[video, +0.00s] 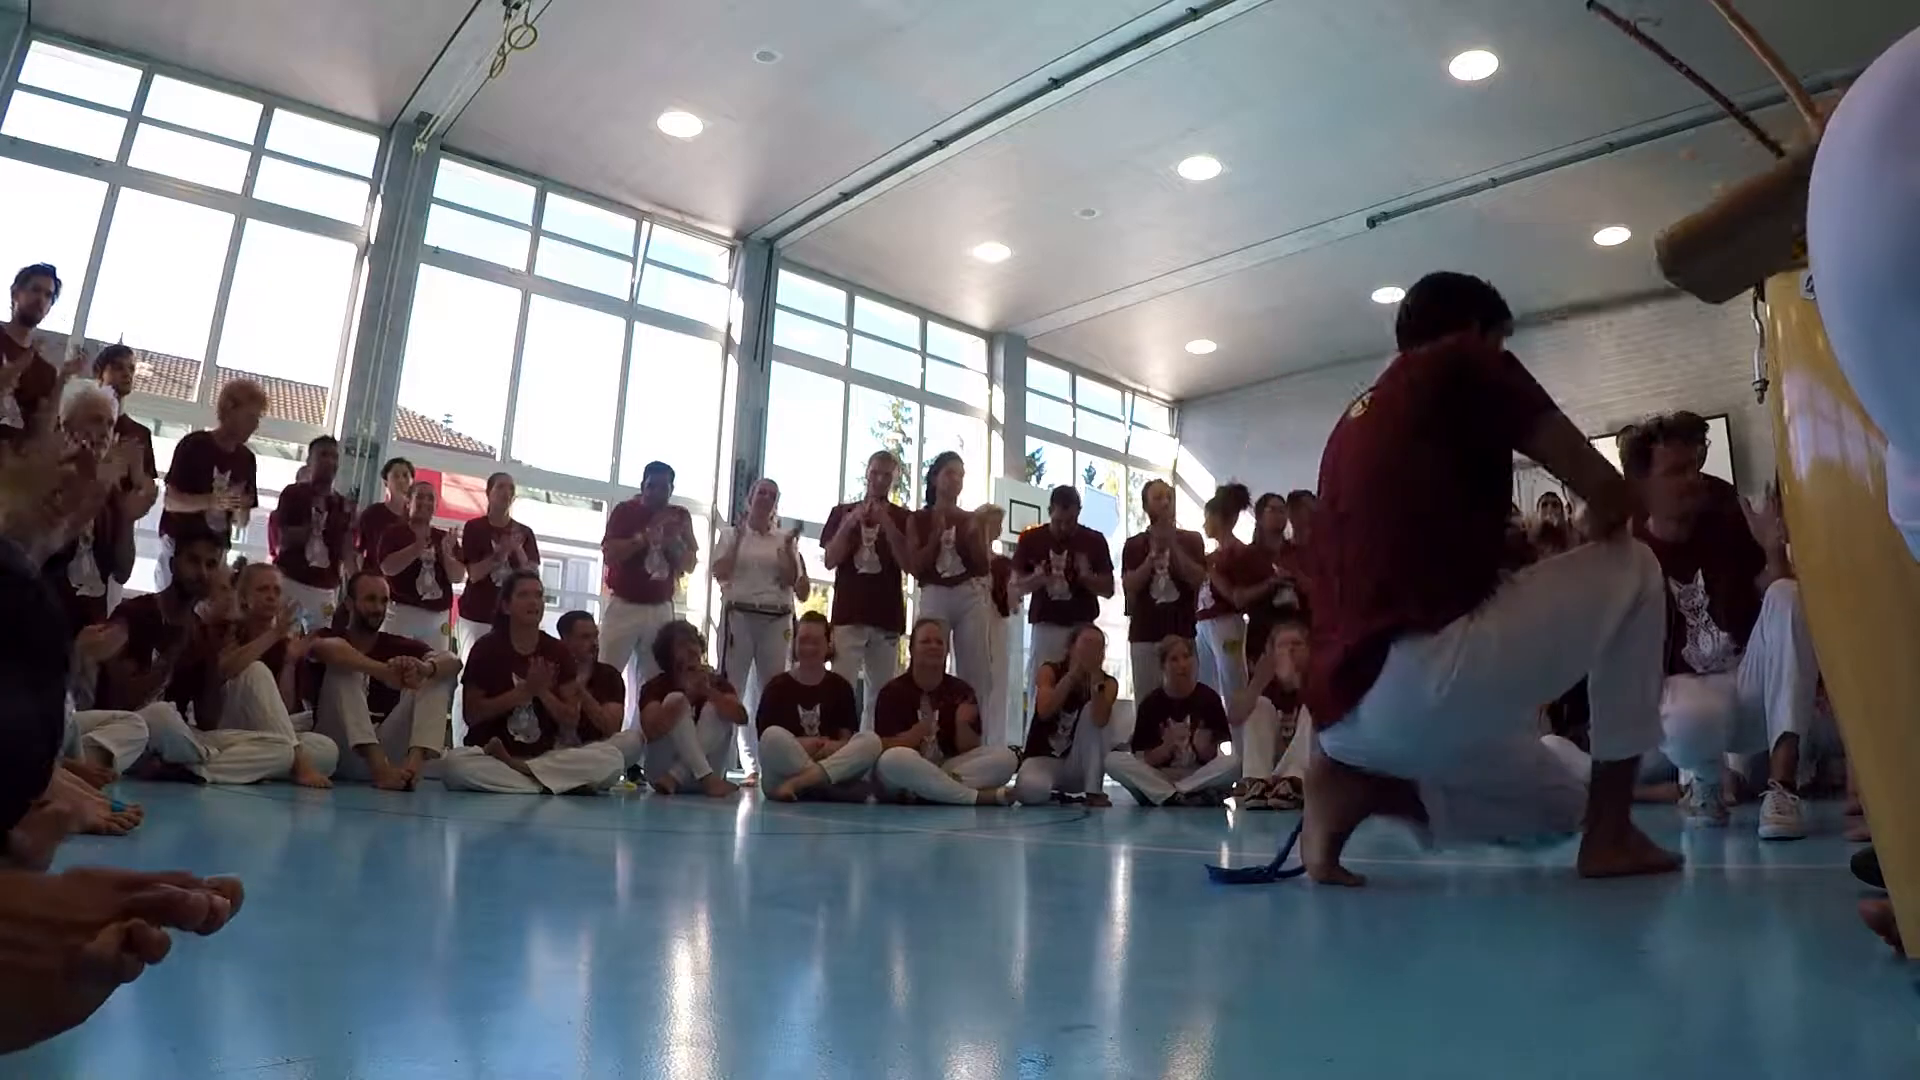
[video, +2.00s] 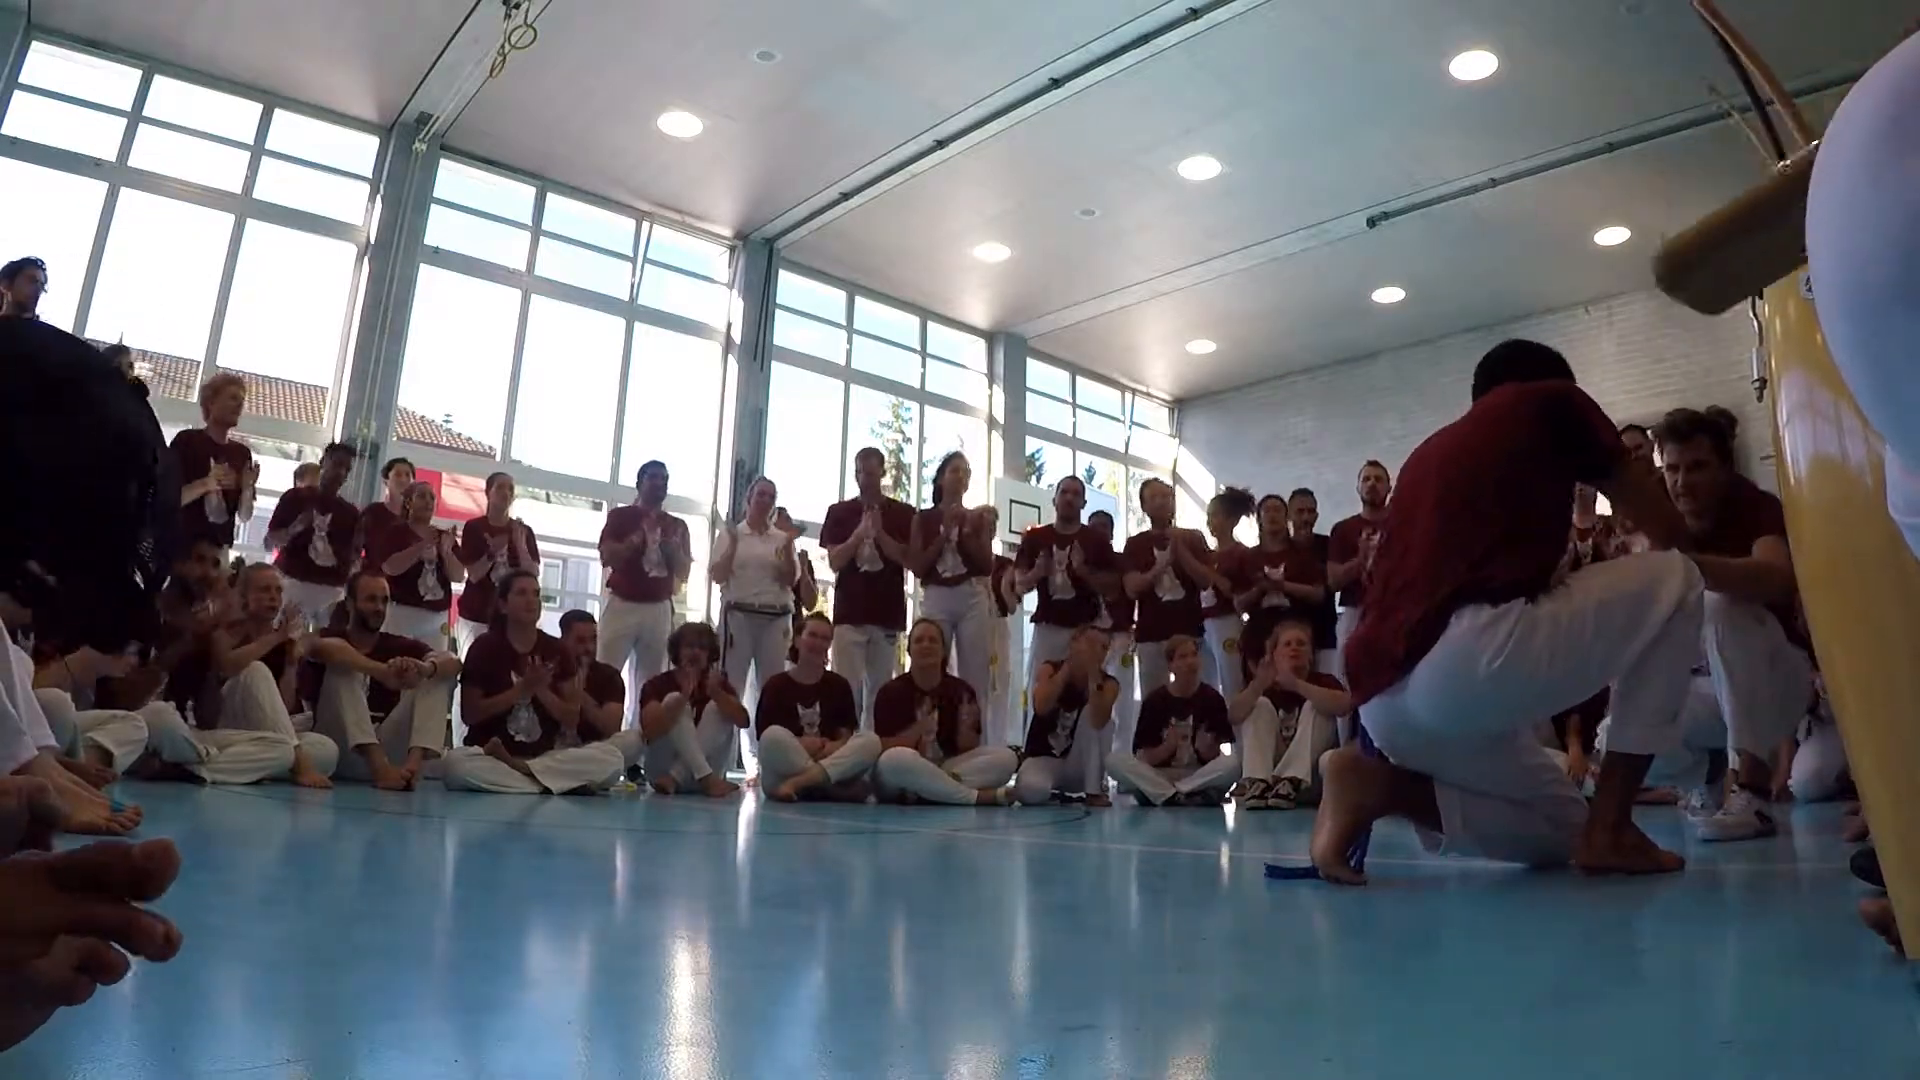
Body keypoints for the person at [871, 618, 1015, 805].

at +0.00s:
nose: (933, 647)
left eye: (939, 643)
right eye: (925, 642)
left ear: (946, 650)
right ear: (912, 650)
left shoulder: (961, 690)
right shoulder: (893, 691)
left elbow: (969, 749)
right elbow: (884, 745)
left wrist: (963, 724)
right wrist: (919, 731)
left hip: (951, 765)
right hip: (909, 766)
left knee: (1006, 758)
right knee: (892, 760)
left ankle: (928, 792)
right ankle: (975, 798)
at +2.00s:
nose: (926, 646)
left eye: (933, 641)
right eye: (919, 641)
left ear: (944, 650)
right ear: (909, 650)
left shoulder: (961, 689)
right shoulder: (891, 692)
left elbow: (966, 749)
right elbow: (884, 746)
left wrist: (967, 726)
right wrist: (919, 729)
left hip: (950, 766)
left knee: (1006, 759)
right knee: (894, 760)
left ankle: (928, 792)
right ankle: (975, 798)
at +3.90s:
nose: (933, 647)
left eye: (939, 642)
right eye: (925, 642)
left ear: (946, 650)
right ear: (911, 650)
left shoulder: (961, 691)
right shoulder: (890, 693)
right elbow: (884, 747)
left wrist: (961, 726)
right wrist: (921, 732)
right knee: (892, 757)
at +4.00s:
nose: (933, 647)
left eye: (939, 642)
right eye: (925, 642)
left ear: (945, 650)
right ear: (911, 650)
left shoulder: (962, 691)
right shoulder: (890, 693)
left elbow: (972, 740)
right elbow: (884, 745)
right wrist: (925, 740)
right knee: (891, 757)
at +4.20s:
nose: (933, 647)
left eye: (939, 643)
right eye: (926, 642)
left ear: (947, 651)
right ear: (911, 650)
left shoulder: (962, 691)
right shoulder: (891, 692)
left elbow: (971, 748)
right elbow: (885, 746)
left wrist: (959, 723)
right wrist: (927, 731)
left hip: (951, 776)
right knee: (896, 757)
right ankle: (965, 797)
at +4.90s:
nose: (933, 647)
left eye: (939, 643)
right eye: (925, 642)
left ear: (946, 651)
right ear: (910, 650)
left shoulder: (962, 691)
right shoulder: (891, 693)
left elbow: (971, 747)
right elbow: (887, 744)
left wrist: (954, 731)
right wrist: (925, 739)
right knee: (893, 758)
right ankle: (987, 796)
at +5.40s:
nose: (934, 647)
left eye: (939, 643)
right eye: (926, 642)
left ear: (946, 651)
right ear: (911, 650)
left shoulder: (961, 690)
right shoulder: (892, 693)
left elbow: (970, 748)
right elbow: (893, 750)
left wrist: (962, 725)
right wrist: (927, 731)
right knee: (896, 758)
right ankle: (977, 796)